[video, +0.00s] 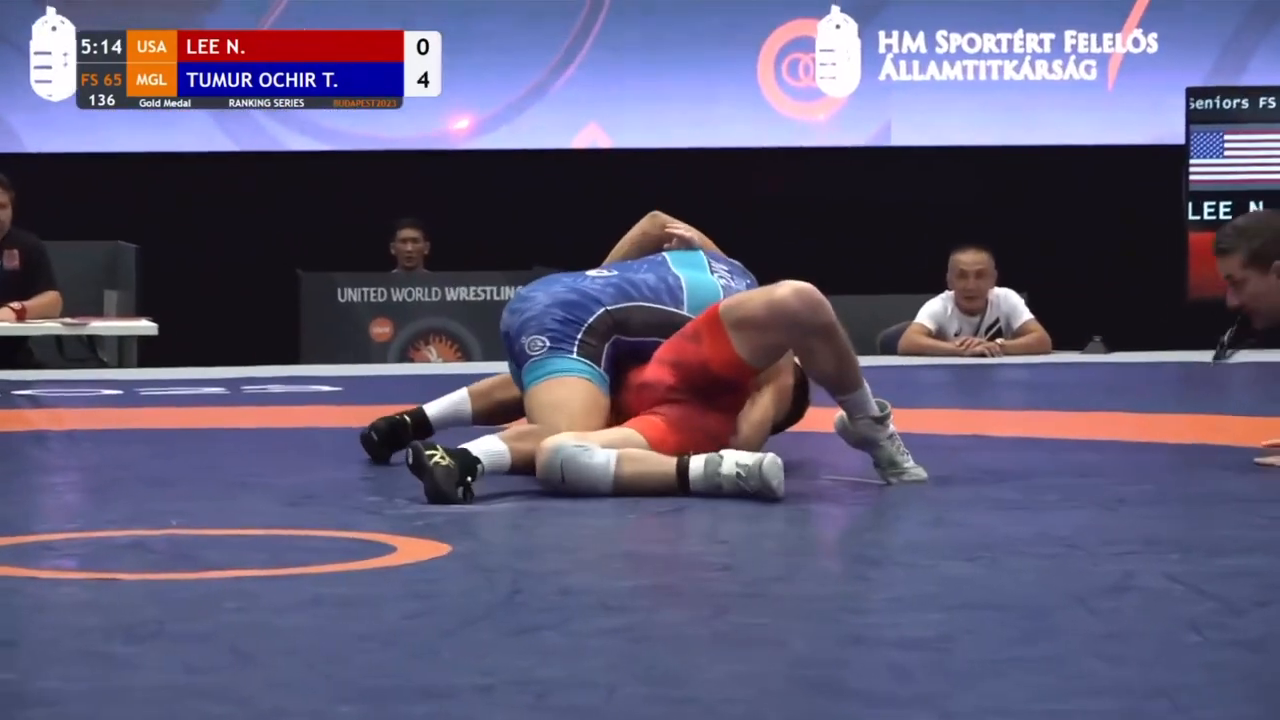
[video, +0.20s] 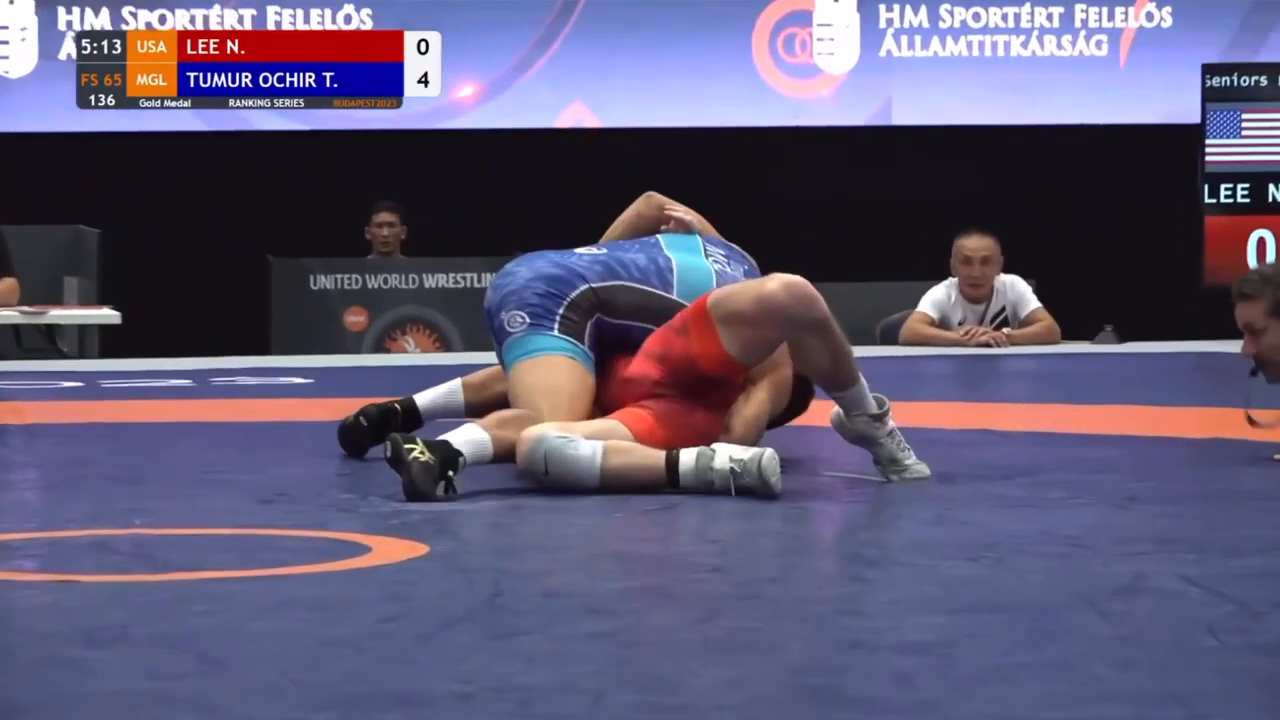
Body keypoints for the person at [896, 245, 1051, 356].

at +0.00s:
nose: (970, 285)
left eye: (980, 276)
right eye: (962, 276)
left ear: (994, 278)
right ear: (949, 279)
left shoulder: (1007, 299)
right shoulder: (938, 305)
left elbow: (1043, 343)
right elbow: (907, 344)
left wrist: (996, 346)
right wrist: (963, 349)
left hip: (1000, 385)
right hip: (948, 386)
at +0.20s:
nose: (975, 272)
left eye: (985, 263)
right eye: (966, 262)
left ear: (1000, 264)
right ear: (952, 265)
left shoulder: (1014, 286)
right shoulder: (942, 293)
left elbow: (1051, 332)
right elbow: (909, 333)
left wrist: (1002, 336)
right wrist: (967, 339)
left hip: (1006, 376)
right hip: (952, 377)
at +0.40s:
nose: (978, 262)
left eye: (988, 252)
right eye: (968, 252)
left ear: (1003, 254)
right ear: (953, 254)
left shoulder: (1018, 277)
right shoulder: (941, 284)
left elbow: (1057, 325)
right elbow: (908, 327)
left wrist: (1006, 329)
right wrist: (969, 332)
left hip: (1010, 372)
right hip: (953, 373)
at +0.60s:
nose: (978, 257)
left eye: (988, 247)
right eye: (968, 247)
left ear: (1004, 249)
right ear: (953, 250)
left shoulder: (1019, 273)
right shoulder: (941, 280)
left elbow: (1060, 322)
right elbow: (906, 323)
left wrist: (1006, 327)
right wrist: (969, 329)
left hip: (1011, 370)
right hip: (953, 371)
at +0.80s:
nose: (974, 256)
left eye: (985, 246)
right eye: (965, 246)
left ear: (1001, 248)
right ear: (949, 249)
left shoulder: (1015, 272)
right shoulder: (937, 280)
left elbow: (1056, 321)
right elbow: (902, 323)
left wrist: (1003, 326)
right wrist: (965, 329)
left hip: (1007, 370)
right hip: (949, 372)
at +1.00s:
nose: (971, 257)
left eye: (981, 246)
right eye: (961, 246)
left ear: (996, 248)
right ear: (945, 249)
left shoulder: (1011, 272)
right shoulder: (933, 280)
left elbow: (1053, 322)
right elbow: (898, 323)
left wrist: (999, 327)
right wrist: (960, 329)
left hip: (1004, 370)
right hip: (946, 372)